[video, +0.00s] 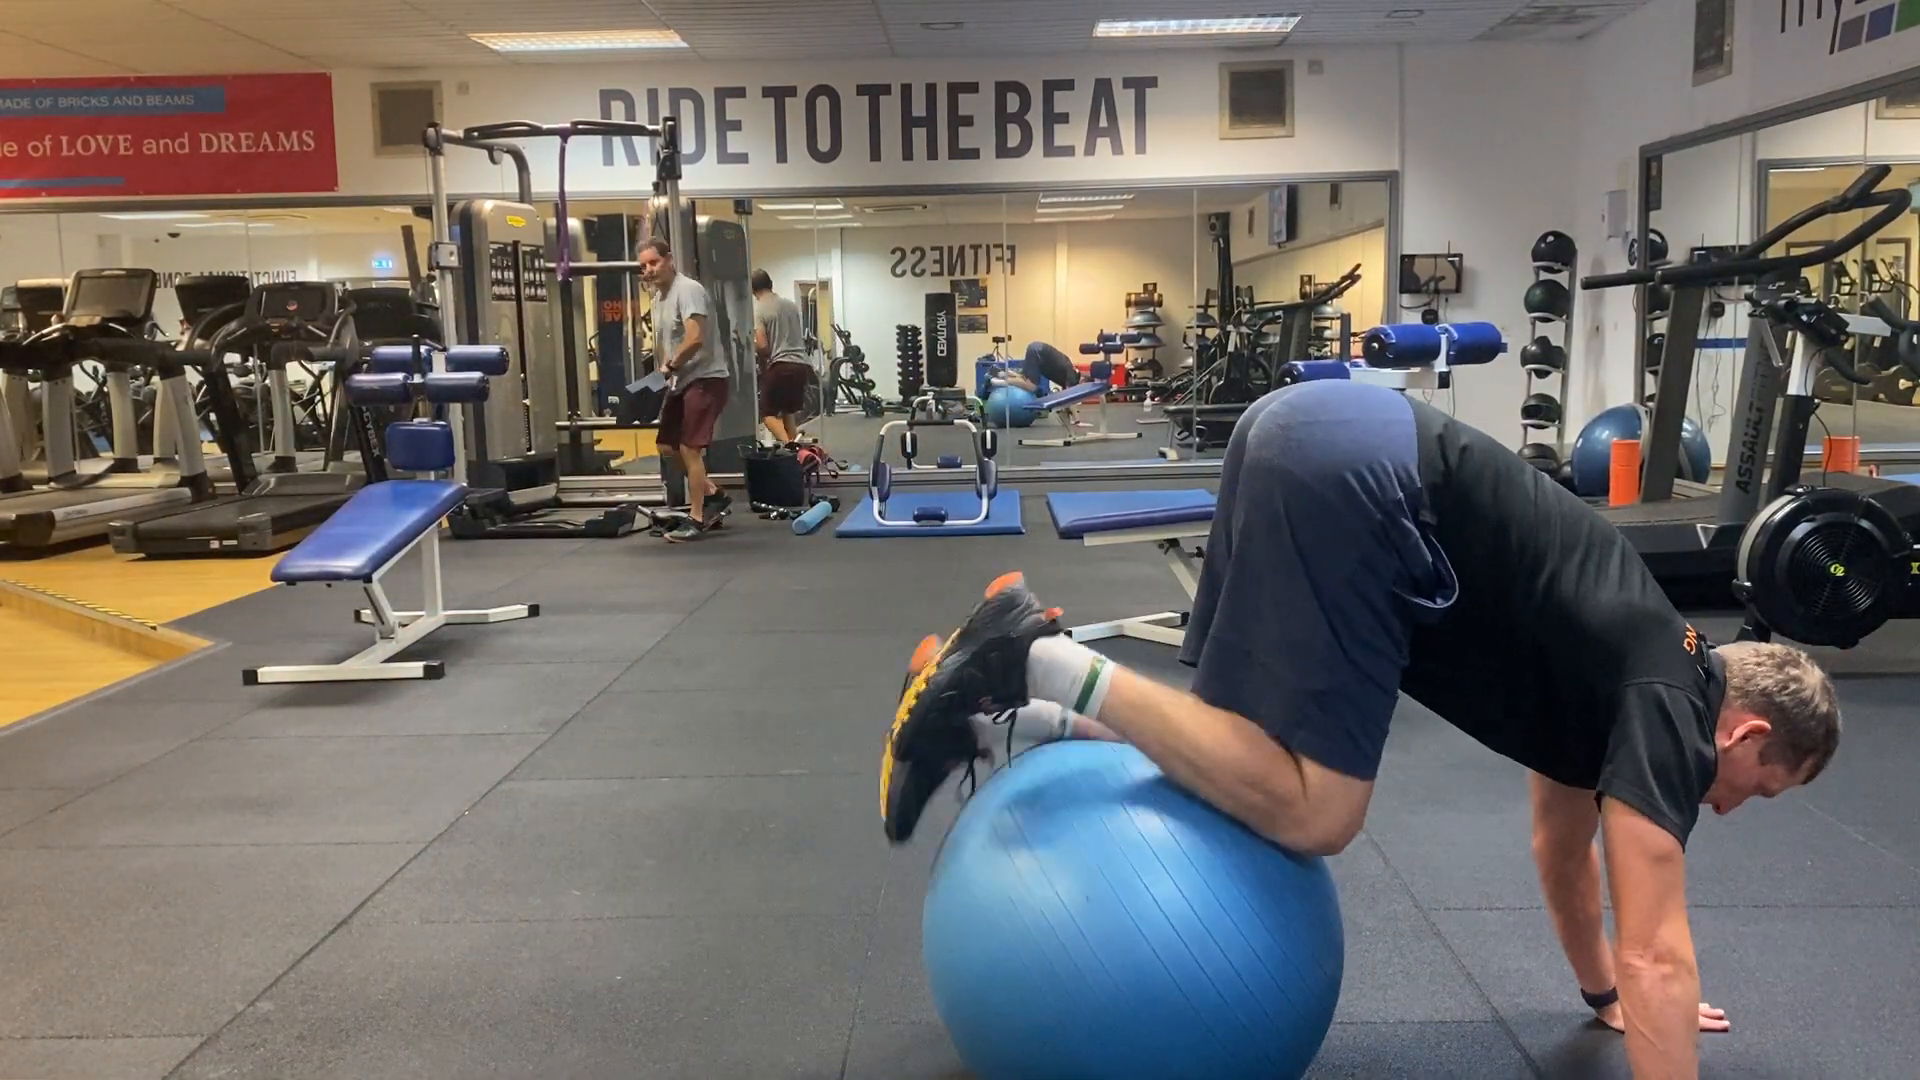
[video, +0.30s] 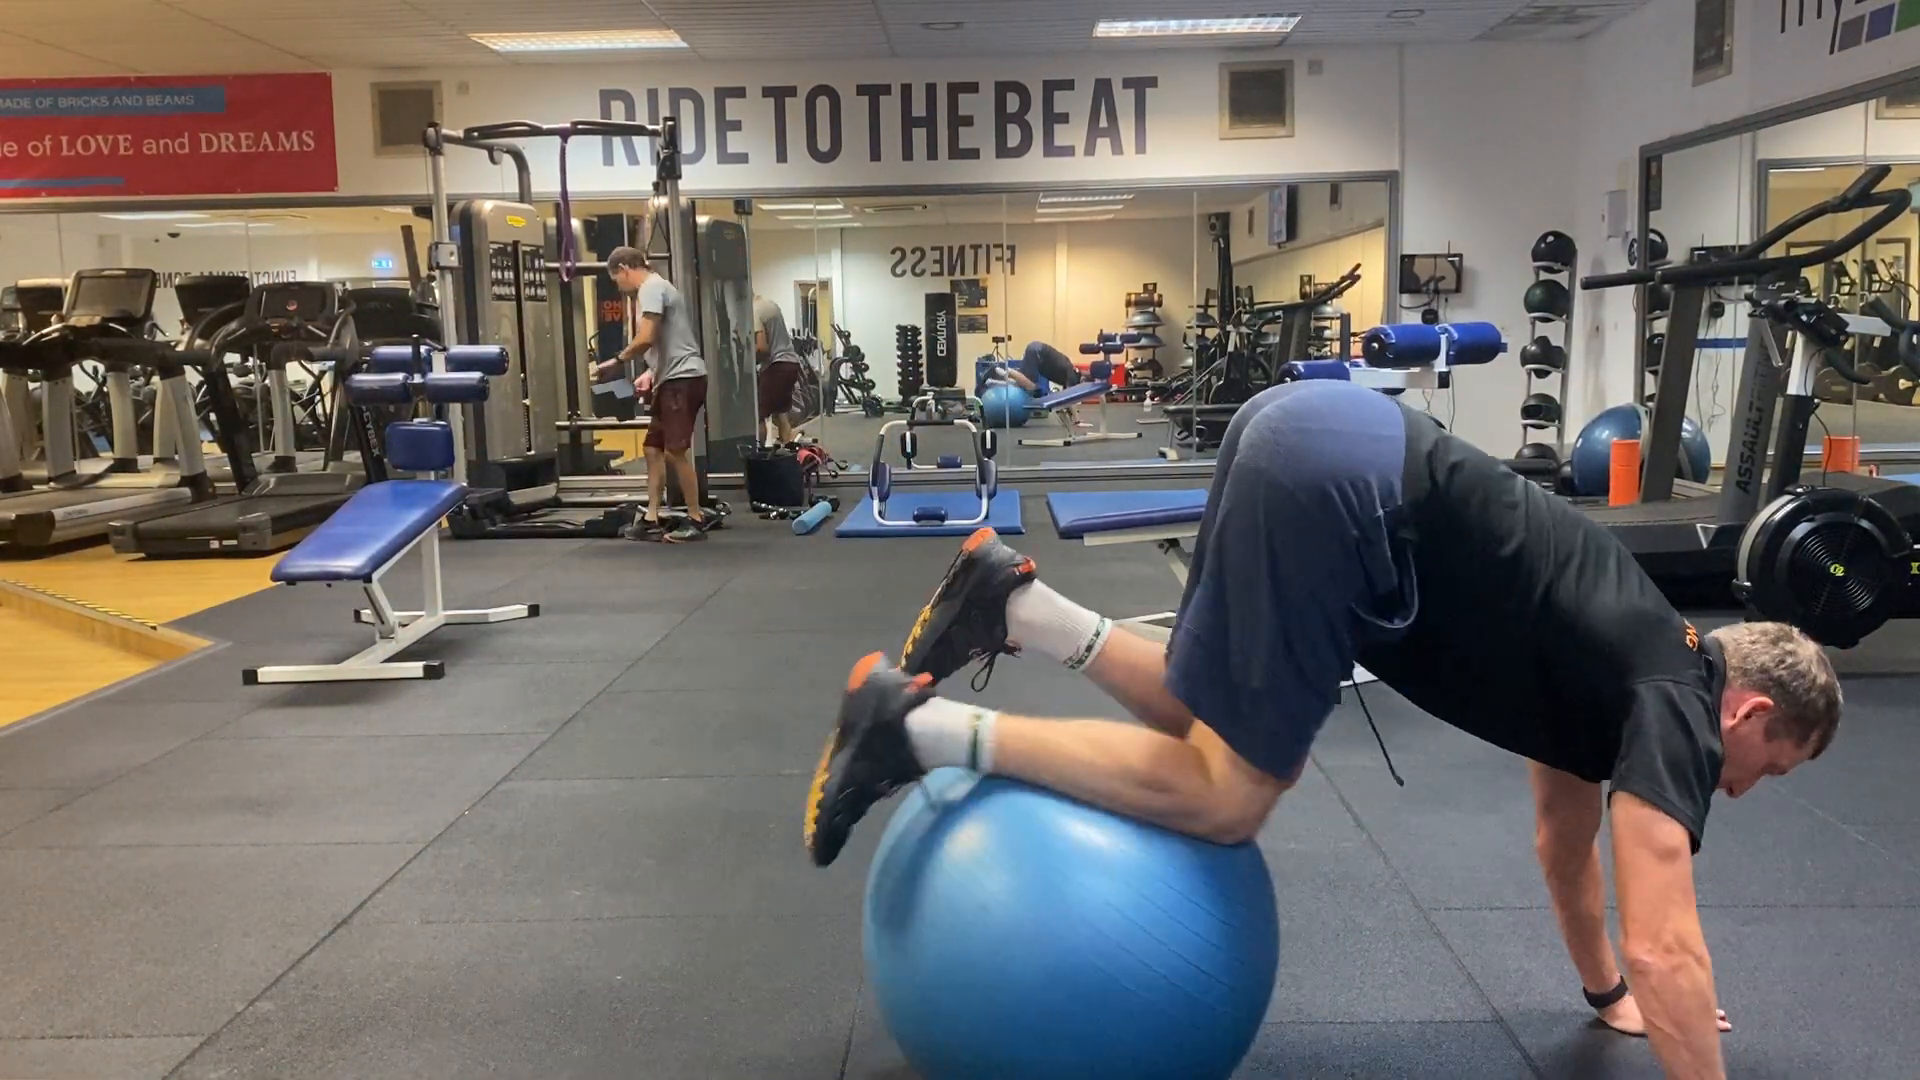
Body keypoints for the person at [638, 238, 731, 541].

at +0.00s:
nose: (647, 270)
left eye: (652, 263)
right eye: (643, 266)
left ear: (669, 261)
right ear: (642, 269)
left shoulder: (688, 289)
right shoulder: (660, 297)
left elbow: (695, 338)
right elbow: (666, 342)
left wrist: (672, 363)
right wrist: (663, 371)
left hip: (705, 378)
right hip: (681, 381)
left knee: (690, 449)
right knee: (668, 445)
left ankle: (696, 519)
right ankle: (713, 492)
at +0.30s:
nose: (618, 286)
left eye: (616, 279)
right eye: (616, 281)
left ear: (625, 269)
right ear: (633, 267)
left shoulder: (651, 287)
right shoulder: (659, 287)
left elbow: (647, 338)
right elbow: (673, 342)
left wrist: (615, 361)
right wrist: (653, 373)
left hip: (682, 376)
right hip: (675, 377)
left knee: (676, 451)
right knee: (653, 448)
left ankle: (696, 520)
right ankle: (652, 519)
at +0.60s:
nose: (600, 291)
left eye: (599, 286)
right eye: (599, 287)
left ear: (604, 279)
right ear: (625, 274)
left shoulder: (613, 294)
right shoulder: (650, 297)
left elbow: (599, 346)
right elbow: (660, 346)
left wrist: (578, 377)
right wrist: (634, 381)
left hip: (649, 380)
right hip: (676, 380)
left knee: (615, 445)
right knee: (643, 448)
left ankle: (642, 515)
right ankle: (651, 517)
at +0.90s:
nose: (584, 312)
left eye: (583, 308)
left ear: (587, 304)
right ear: (612, 302)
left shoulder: (580, 318)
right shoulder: (636, 317)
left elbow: (575, 375)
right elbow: (653, 355)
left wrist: (574, 412)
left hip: (614, 388)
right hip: (652, 385)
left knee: (594, 458)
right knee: (637, 456)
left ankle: (578, 523)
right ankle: (650, 520)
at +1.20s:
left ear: (580, 348)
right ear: (610, 348)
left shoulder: (566, 358)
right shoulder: (623, 357)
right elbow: (632, 413)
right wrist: (626, 459)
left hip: (574, 389)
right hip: (616, 386)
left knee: (572, 457)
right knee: (621, 459)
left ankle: (575, 525)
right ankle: (626, 525)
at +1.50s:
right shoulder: (625, 381)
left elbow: (568, 445)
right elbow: (629, 441)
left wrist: (581, 482)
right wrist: (627, 480)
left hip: (560, 386)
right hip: (604, 385)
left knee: (568, 459)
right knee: (616, 459)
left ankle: (575, 525)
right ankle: (626, 524)